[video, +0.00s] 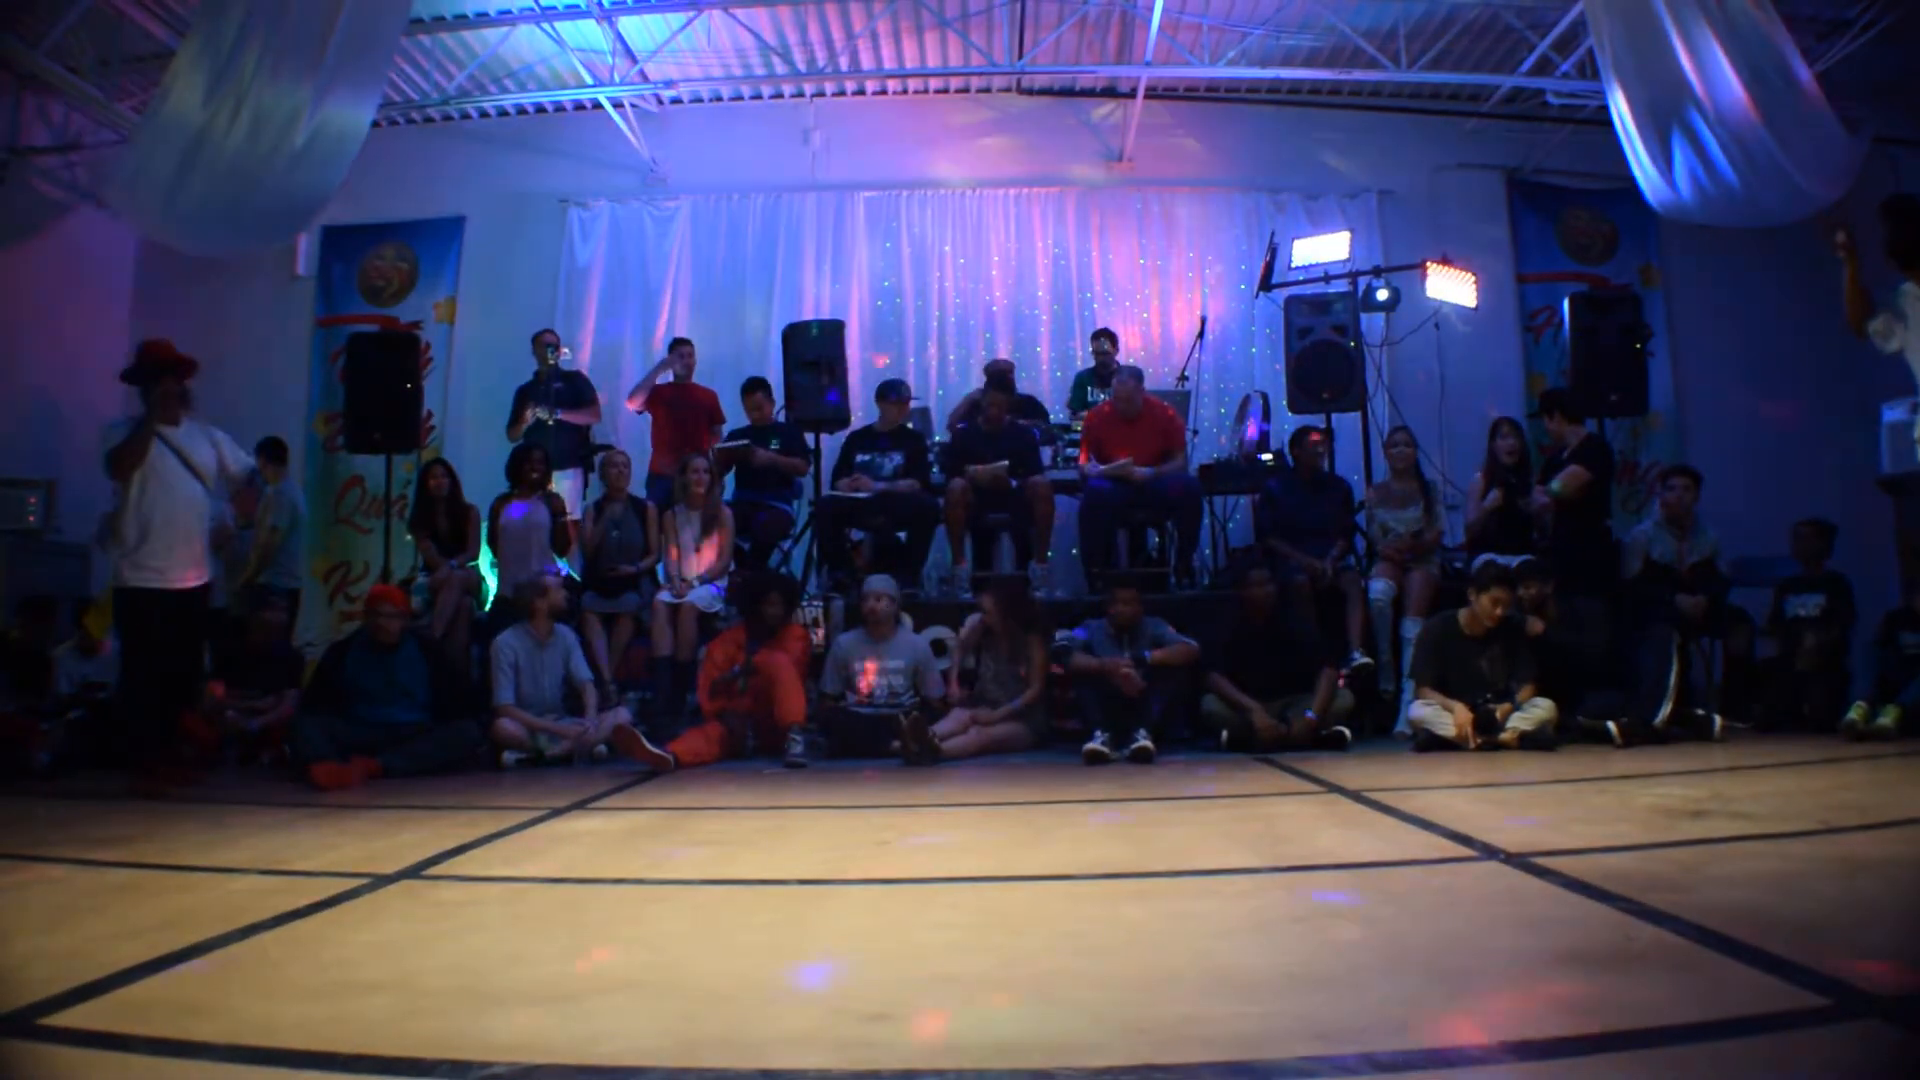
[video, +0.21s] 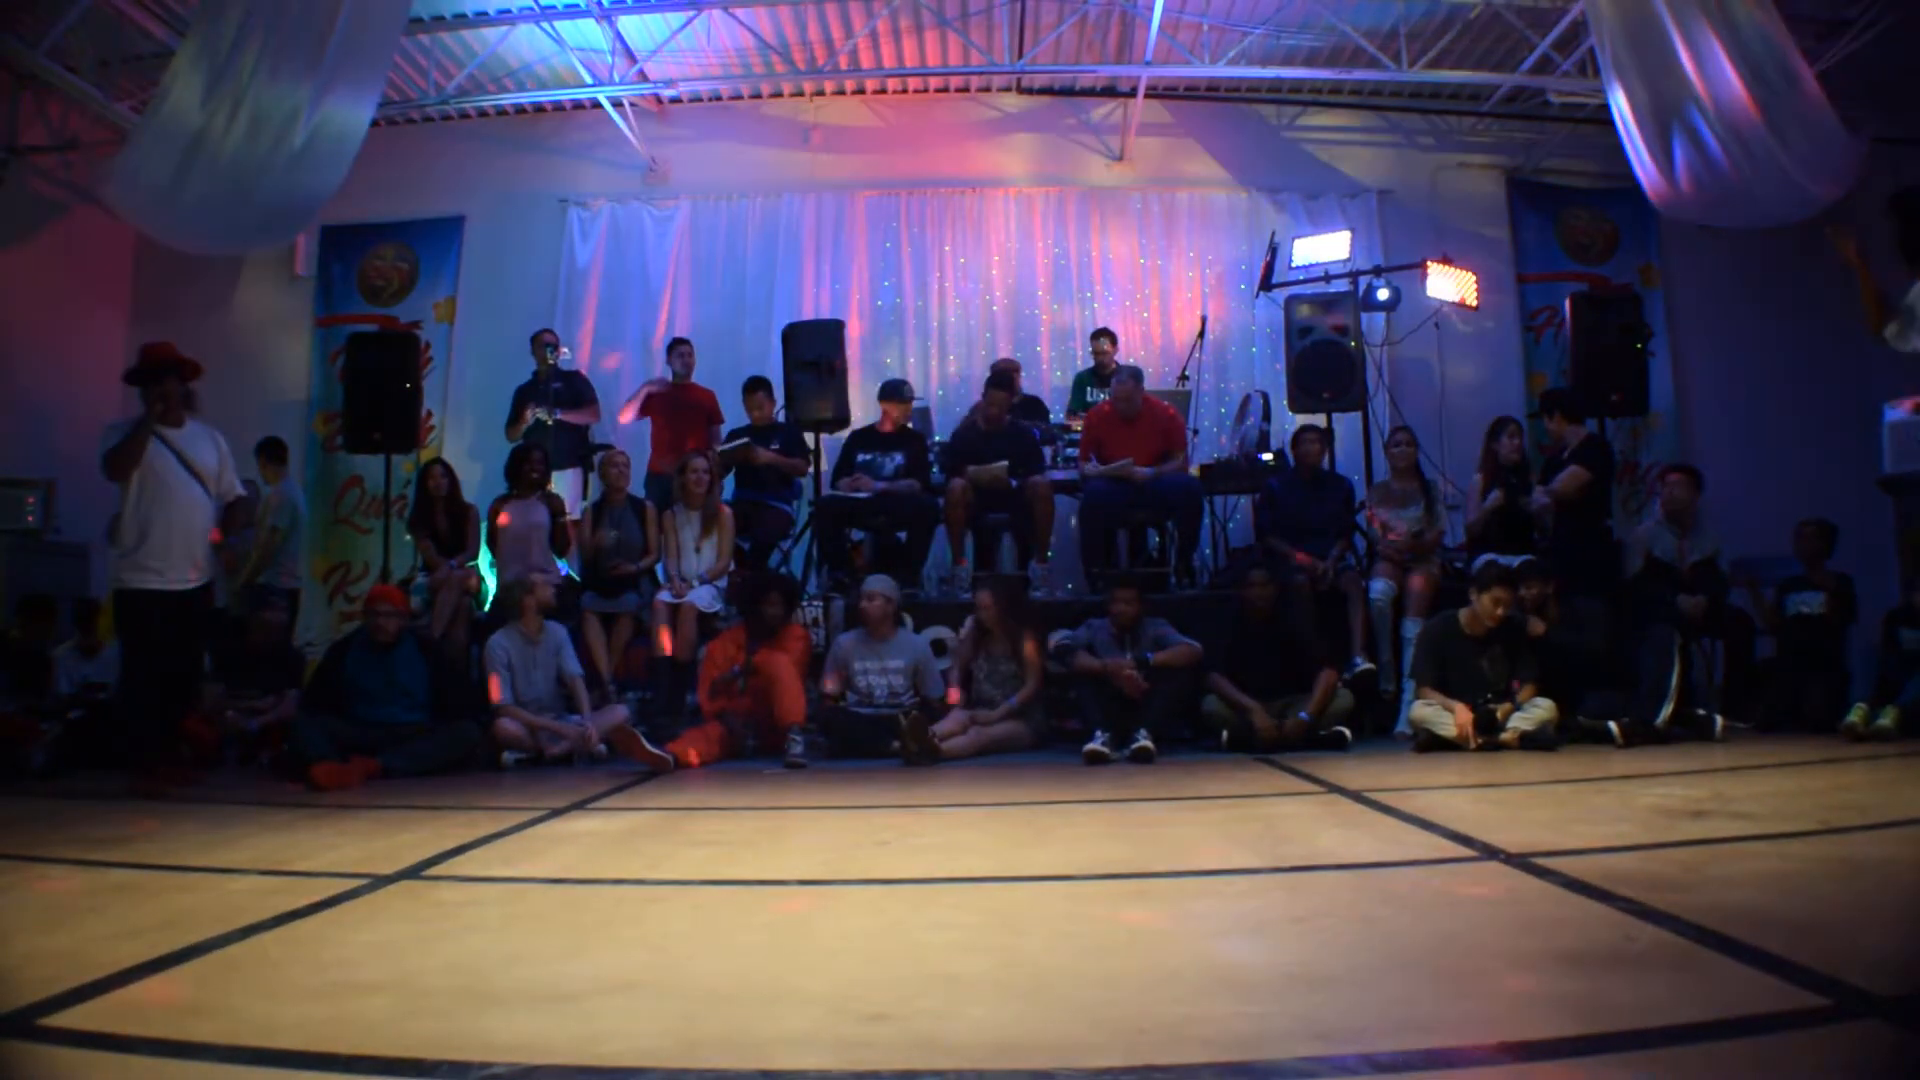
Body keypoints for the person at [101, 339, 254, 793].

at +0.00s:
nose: (178, 391)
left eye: (181, 383)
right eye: (167, 384)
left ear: (186, 388)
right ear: (147, 390)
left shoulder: (208, 437)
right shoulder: (128, 434)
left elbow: (250, 476)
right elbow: (119, 470)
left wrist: (241, 510)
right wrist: (152, 421)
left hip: (193, 583)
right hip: (141, 583)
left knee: (186, 680)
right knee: (143, 681)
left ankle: (183, 760)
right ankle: (143, 765)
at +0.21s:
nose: (169, 393)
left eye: (174, 385)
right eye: (159, 386)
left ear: (186, 387)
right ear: (143, 391)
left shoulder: (210, 439)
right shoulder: (129, 434)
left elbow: (234, 500)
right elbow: (116, 470)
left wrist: (228, 543)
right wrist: (150, 422)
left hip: (193, 585)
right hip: (141, 584)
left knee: (186, 682)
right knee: (143, 682)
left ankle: (179, 761)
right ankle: (143, 766)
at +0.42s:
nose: (173, 396)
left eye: (179, 388)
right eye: (164, 389)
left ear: (191, 391)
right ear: (148, 393)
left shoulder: (212, 441)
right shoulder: (135, 434)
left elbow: (233, 506)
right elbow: (119, 471)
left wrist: (221, 559)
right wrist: (155, 422)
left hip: (194, 585)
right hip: (143, 584)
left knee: (185, 681)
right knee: (144, 681)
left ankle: (177, 761)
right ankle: (143, 764)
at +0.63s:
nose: (179, 395)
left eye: (187, 387)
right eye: (171, 388)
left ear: (200, 391)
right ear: (159, 392)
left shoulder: (219, 444)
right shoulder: (144, 435)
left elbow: (236, 508)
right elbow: (128, 471)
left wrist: (240, 567)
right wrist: (163, 425)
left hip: (201, 581)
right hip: (151, 578)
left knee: (192, 676)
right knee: (157, 674)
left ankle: (183, 760)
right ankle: (150, 761)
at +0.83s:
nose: (189, 393)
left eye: (195, 385)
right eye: (179, 385)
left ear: (205, 389)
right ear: (163, 390)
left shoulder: (222, 443)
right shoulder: (147, 432)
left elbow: (239, 509)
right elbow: (134, 471)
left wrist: (239, 570)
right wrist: (169, 425)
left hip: (203, 583)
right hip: (154, 581)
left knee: (193, 682)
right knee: (163, 679)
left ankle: (185, 765)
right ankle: (161, 766)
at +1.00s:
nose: (199, 392)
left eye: (203, 383)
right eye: (188, 385)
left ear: (209, 389)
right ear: (167, 391)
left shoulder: (223, 442)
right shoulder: (148, 434)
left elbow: (243, 507)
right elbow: (144, 471)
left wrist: (241, 569)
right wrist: (177, 420)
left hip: (209, 588)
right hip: (160, 588)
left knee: (202, 685)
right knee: (165, 684)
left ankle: (194, 766)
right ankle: (164, 767)